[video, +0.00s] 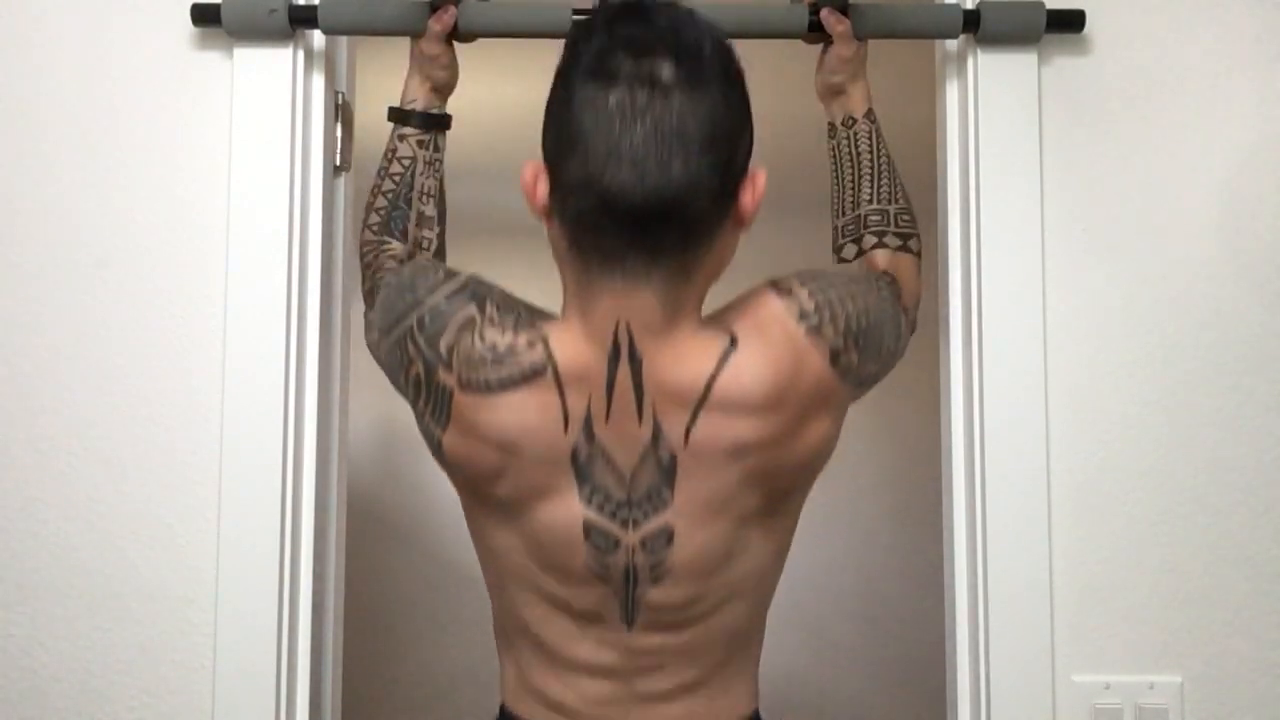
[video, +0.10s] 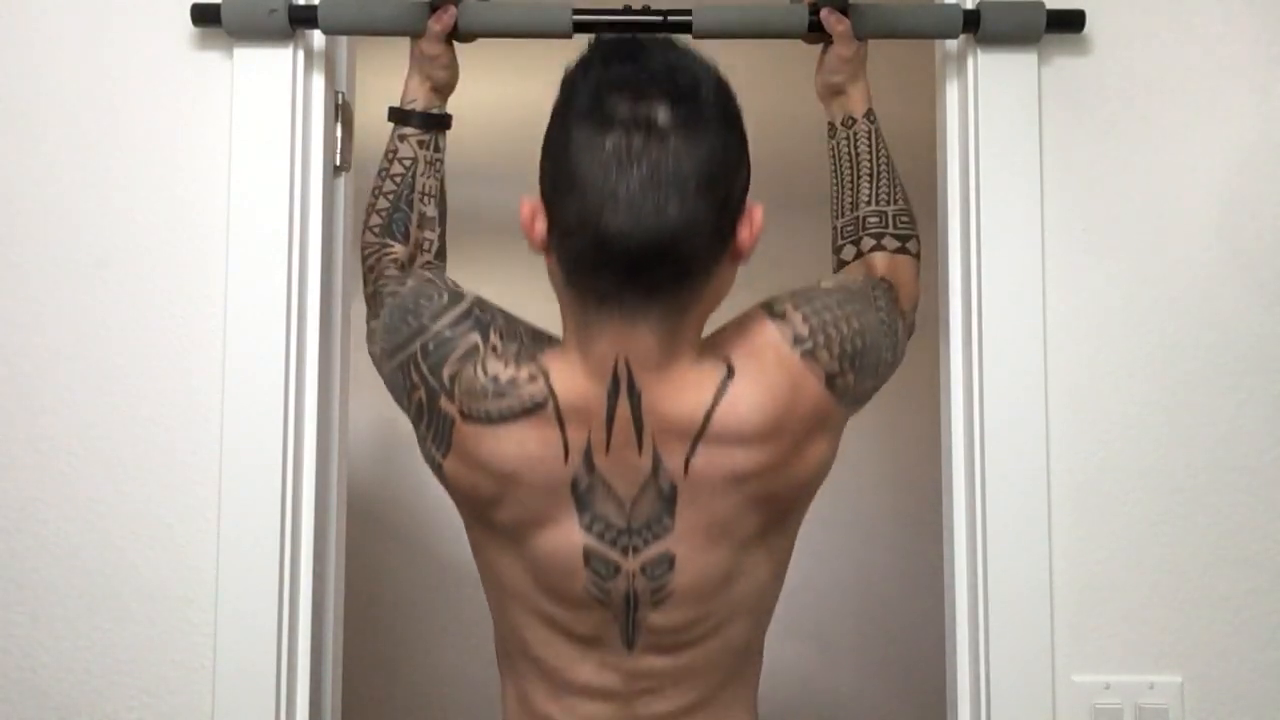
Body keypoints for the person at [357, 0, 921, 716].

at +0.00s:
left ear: (538, 193)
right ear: (749, 200)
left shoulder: (476, 371)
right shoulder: (793, 360)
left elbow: (393, 256)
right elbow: (892, 266)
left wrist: (424, 91)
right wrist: (848, 98)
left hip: (535, 711)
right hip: (723, 710)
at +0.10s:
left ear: (536, 227)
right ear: (746, 235)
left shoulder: (482, 402)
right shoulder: (787, 388)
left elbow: (395, 263)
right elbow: (888, 267)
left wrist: (424, 92)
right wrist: (848, 100)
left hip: (536, 713)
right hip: (722, 714)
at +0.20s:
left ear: (533, 257)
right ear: (743, 265)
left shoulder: (489, 419)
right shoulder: (783, 402)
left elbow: (400, 269)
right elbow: (884, 273)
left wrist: (424, 95)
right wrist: (848, 97)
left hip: (536, 710)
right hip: (724, 710)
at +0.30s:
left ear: (533, 281)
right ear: (743, 287)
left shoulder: (491, 430)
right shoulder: (784, 409)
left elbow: (404, 274)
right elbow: (883, 282)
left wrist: (425, 97)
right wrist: (848, 99)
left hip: (536, 713)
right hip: (724, 713)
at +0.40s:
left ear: (532, 262)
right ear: (744, 270)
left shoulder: (490, 421)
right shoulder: (785, 396)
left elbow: (401, 269)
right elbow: (881, 276)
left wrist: (426, 96)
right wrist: (848, 100)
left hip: (536, 712)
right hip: (724, 711)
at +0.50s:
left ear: (534, 202)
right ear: (749, 205)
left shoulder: (478, 373)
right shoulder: (792, 354)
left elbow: (389, 259)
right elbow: (886, 268)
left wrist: (425, 95)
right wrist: (848, 99)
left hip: (535, 709)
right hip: (721, 708)